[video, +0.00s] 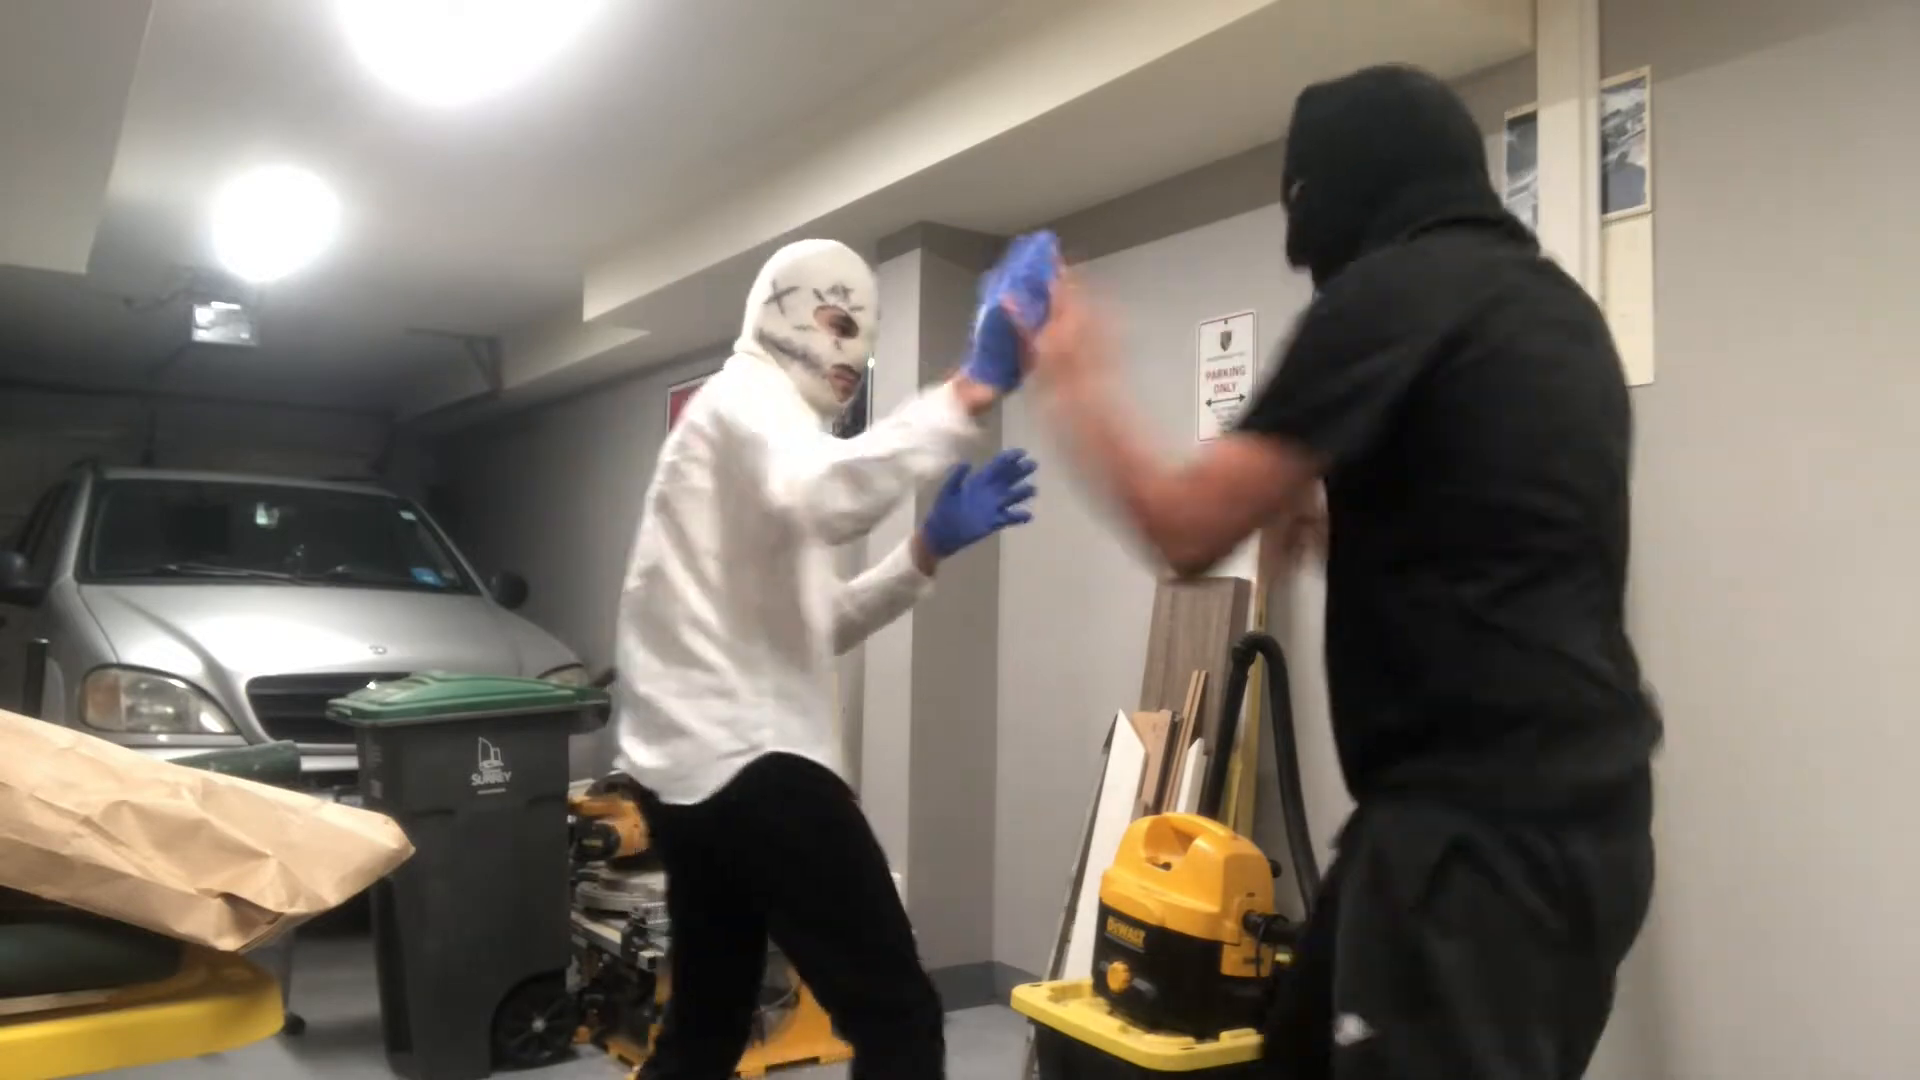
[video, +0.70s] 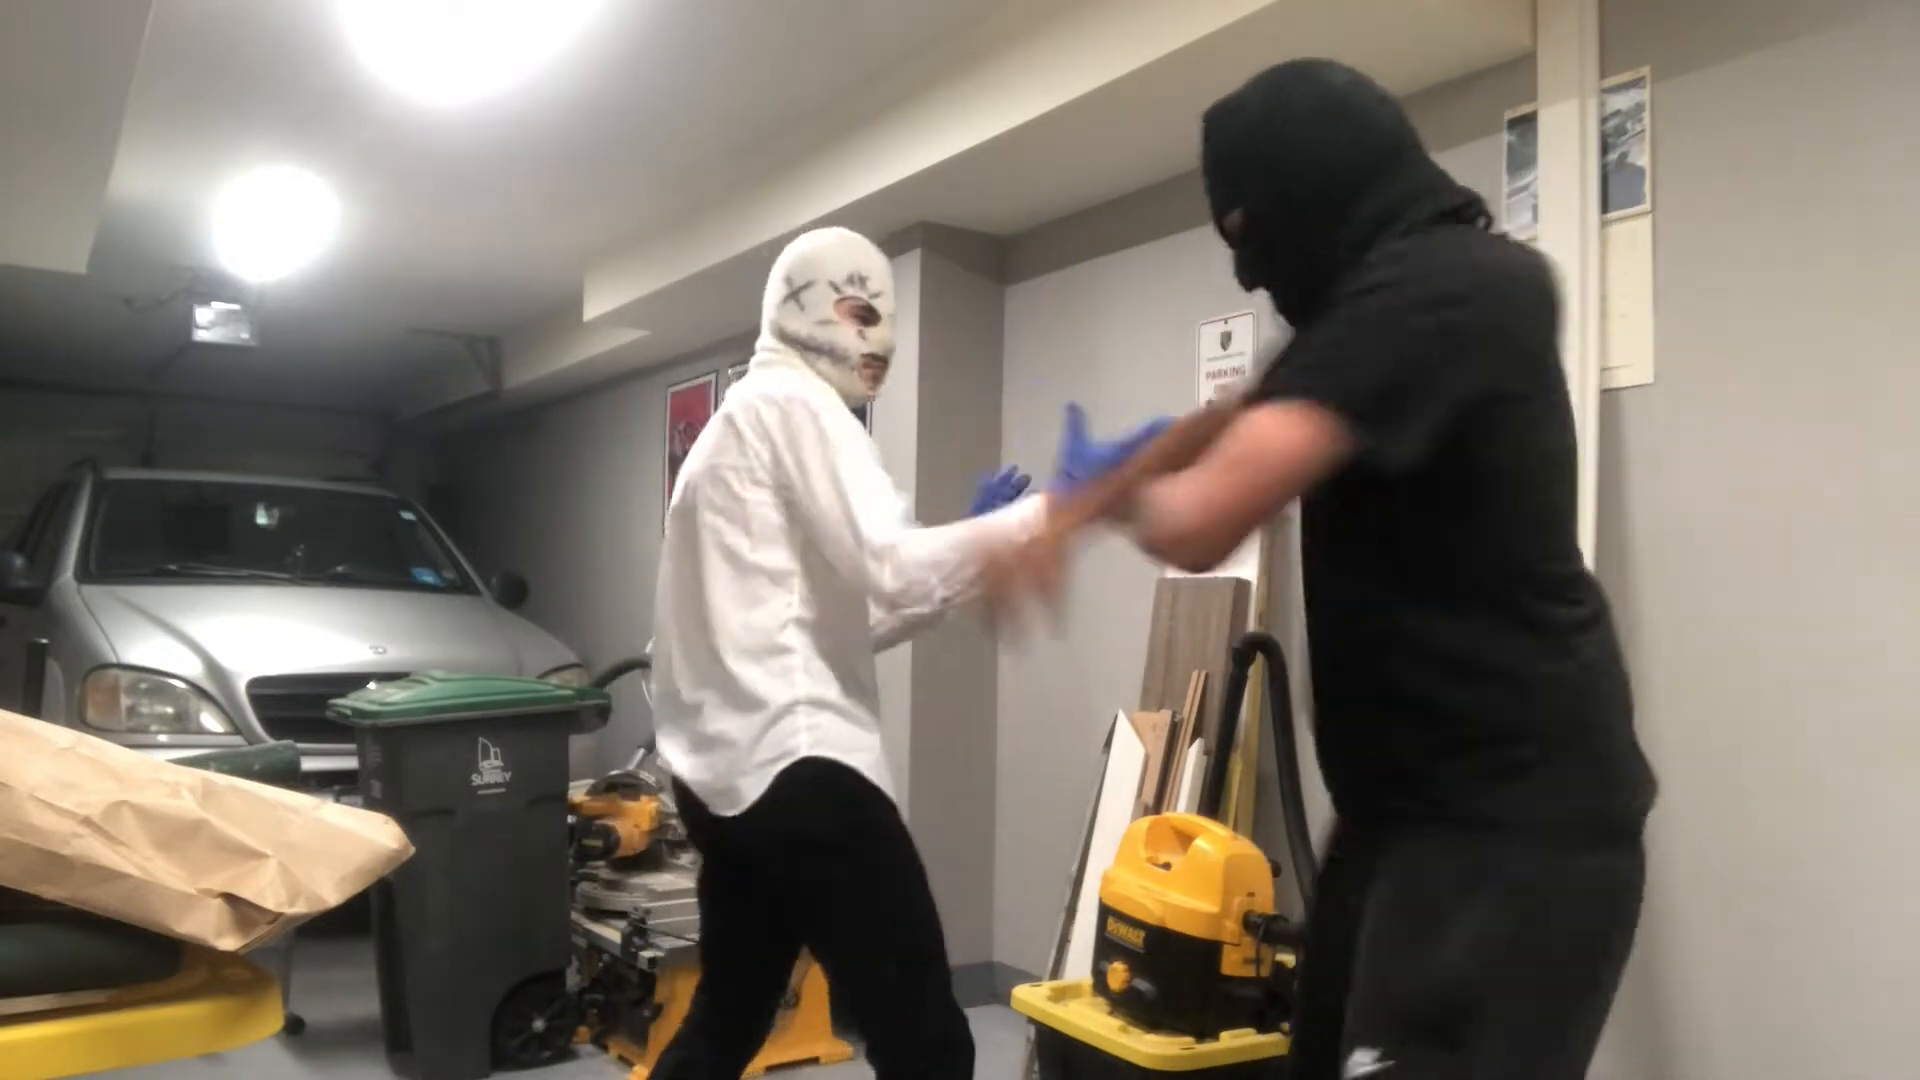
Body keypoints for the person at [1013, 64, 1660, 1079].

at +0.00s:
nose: (1293, 220)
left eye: (1301, 188)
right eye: (1293, 192)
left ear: (1352, 176)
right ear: (1447, 166)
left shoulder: (1395, 294)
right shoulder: (1556, 303)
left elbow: (1182, 522)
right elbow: (1508, 531)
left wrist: (1075, 375)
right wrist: (1335, 526)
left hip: (1461, 840)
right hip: (1579, 825)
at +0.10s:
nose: (1285, 233)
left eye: (1295, 203)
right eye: (1285, 206)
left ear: (1353, 193)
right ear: (1448, 185)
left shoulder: (1374, 330)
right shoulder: (1577, 343)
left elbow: (1163, 527)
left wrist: (1049, 511)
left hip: (1454, 876)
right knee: (1300, 1046)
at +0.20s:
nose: (1283, 235)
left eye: (1294, 200)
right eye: (1285, 204)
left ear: (1355, 195)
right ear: (1434, 186)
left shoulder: (1415, 334)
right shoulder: (1514, 322)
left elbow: (1284, 633)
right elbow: (1339, 576)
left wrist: (1173, 619)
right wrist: (1214, 447)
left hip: (1473, 880)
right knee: (1295, 1055)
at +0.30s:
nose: (1267, 260)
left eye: (1273, 221)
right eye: (1264, 227)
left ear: (1336, 206)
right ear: (1402, 192)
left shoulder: (1437, 336)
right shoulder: (1505, 313)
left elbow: (1323, 639)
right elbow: (1359, 535)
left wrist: (1183, 485)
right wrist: (1184, 507)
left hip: (1474, 897)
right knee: (1314, 1055)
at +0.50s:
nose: (1268, 248)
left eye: (1269, 219)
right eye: (1263, 221)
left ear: (1310, 207)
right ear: (1431, 173)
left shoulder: (1331, 337)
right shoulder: (1584, 329)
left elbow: (1115, 533)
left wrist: (1040, 495)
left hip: (1449, 894)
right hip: (1599, 883)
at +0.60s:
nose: (1251, 251)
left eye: (1251, 226)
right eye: (1246, 230)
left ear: (1295, 207)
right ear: (1399, 169)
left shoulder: (1340, 318)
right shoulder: (1545, 310)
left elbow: (1136, 541)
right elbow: (1374, 444)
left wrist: (1087, 515)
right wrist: (1202, 369)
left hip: (1447, 877)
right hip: (1575, 865)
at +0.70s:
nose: (1244, 262)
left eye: (1244, 229)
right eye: (1233, 236)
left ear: (1306, 191)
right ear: (1340, 179)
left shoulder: (1437, 286)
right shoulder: (1387, 290)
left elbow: (1195, 529)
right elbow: (1231, 423)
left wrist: (1126, 489)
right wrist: (1081, 502)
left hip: (1512, 827)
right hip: (1405, 810)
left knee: (1427, 1061)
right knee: (1327, 1054)